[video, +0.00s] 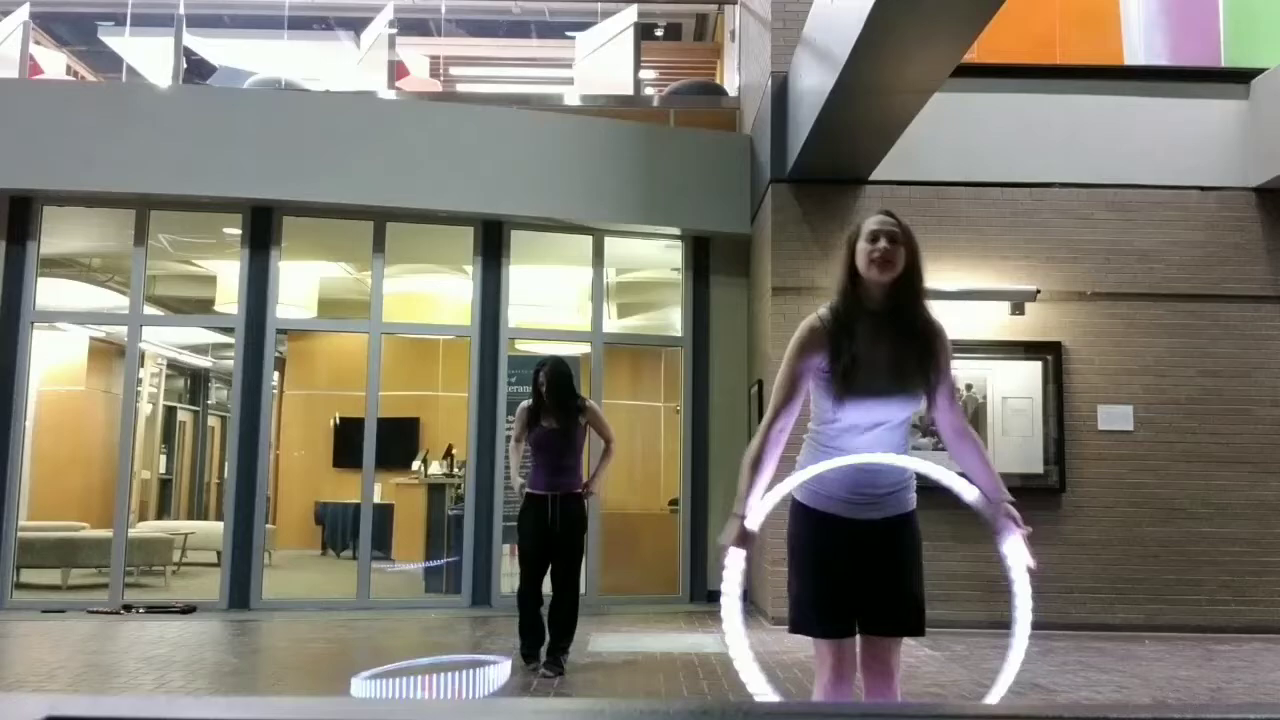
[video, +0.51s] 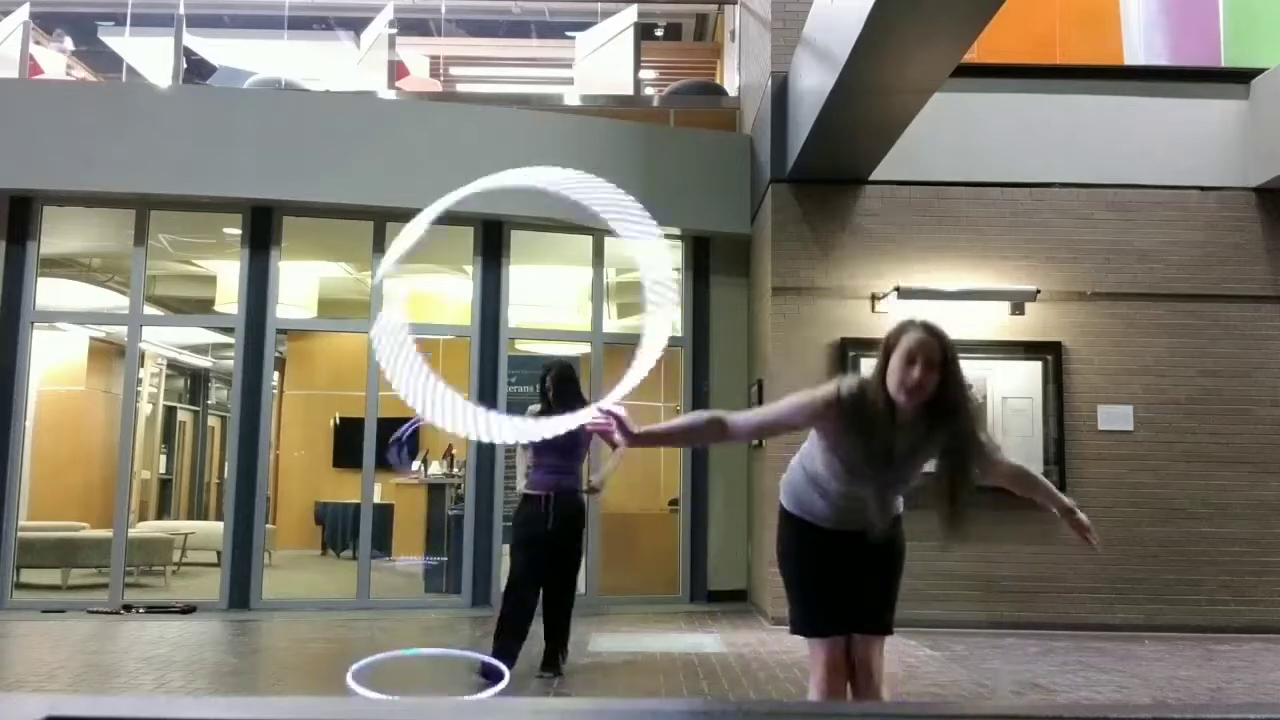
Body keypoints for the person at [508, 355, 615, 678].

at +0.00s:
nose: (545, 392)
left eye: (550, 386)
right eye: (541, 386)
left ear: (565, 385)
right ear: (536, 385)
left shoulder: (584, 409)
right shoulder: (528, 410)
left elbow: (609, 442)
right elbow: (516, 442)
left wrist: (594, 479)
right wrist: (515, 475)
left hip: (569, 504)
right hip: (534, 503)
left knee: (566, 584)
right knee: (529, 582)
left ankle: (557, 654)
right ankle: (531, 648)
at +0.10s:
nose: (545, 391)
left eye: (550, 385)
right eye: (541, 385)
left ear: (565, 384)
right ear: (536, 384)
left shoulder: (585, 409)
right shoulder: (531, 409)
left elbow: (612, 441)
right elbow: (519, 440)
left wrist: (595, 477)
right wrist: (516, 471)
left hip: (568, 503)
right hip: (533, 501)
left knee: (566, 583)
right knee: (525, 581)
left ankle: (559, 655)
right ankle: (520, 654)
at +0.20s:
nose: (549, 391)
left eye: (554, 384)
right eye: (545, 384)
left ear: (568, 383)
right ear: (539, 384)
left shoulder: (586, 410)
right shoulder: (532, 409)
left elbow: (616, 439)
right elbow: (521, 444)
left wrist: (604, 464)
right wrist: (521, 477)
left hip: (569, 500)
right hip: (535, 498)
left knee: (562, 580)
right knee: (526, 575)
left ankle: (554, 657)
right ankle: (518, 654)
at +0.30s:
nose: (553, 390)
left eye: (559, 384)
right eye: (548, 384)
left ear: (570, 385)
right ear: (542, 385)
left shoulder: (585, 415)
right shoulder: (534, 413)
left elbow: (619, 442)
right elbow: (521, 447)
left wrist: (598, 472)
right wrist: (523, 482)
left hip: (567, 501)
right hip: (533, 500)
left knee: (559, 583)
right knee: (522, 580)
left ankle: (555, 657)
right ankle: (509, 656)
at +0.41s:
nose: (551, 391)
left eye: (557, 385)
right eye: (547, 385)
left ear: (570, 386)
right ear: (542, 386)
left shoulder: (587, 416)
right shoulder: (534, 414)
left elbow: (619, 441)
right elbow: (521, 449)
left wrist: (601, 476)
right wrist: (522, 484)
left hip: (568, 503)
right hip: (532, 500)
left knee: (560, 584)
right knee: (521, 583)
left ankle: (553, 658)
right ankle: (504, 662)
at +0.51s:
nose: (551, 388)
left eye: (557, 382)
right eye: (548, 382)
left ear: (568, 384)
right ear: (543, 385)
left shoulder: (587, 416)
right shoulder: (535, 414)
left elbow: (620, 446)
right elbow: (523, 449)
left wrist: (601, 478)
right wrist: (522, 482)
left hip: (567, 504)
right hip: (532, 502)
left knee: (560, 584)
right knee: (520, 582)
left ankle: (553, 659)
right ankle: (499, 662)